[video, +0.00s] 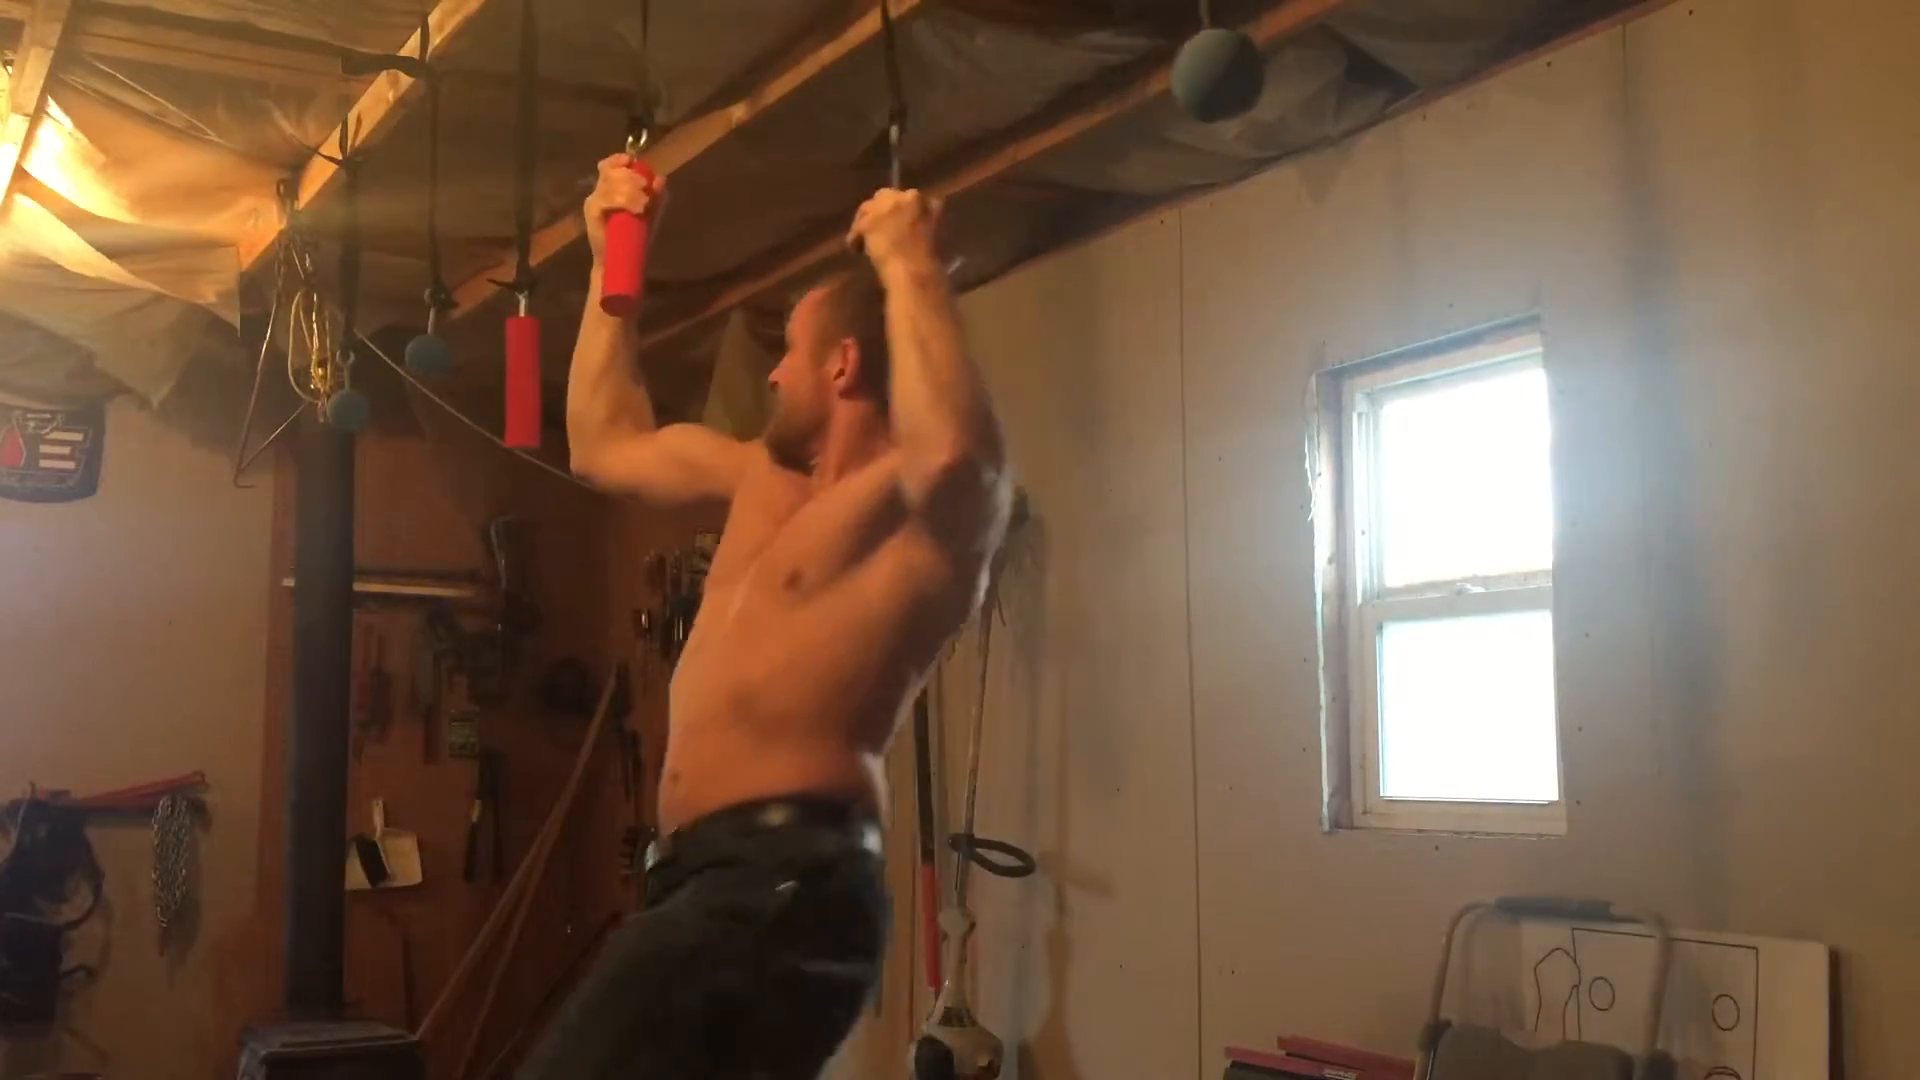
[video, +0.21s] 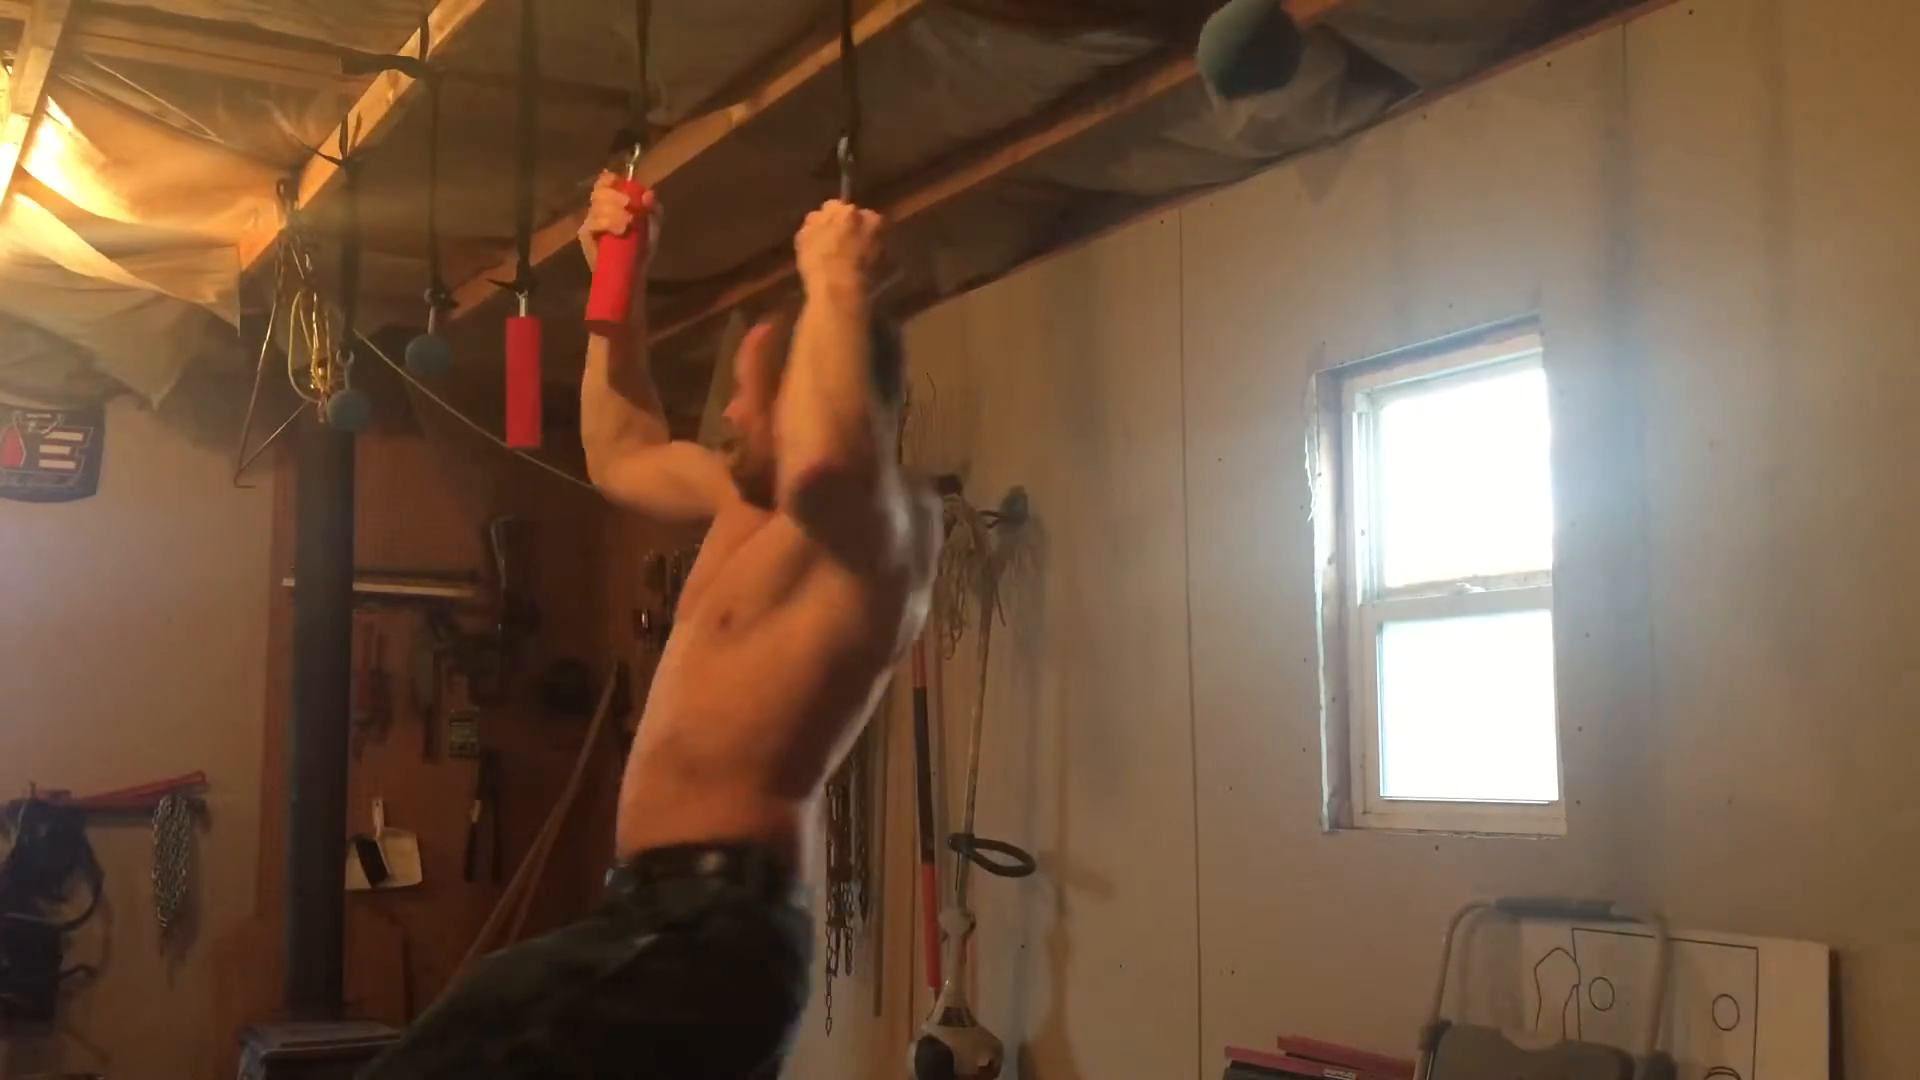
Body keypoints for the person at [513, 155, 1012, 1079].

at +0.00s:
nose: (772, 374)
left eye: (787, 352)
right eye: (778, 353)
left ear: (844, 367)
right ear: (846, 368)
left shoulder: (925, 506)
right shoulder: (755, 476)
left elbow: (951, 454)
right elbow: (605, 445)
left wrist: (913, 263)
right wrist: (615, 257)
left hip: (788, 880)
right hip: (695, 876)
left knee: (575, 1061)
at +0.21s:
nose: (731, 409)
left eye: (756, 386)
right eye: (737, 386)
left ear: (836, 405)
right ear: (736, 393)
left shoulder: (884, 532)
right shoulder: (740, 495)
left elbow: (823, 469)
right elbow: (619, 453)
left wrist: (835, 284)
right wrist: (615, 272)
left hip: (718, 924)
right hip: (647, 906)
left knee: (461, 1045)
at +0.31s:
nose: (730, 399)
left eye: (748, 379)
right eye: (735, 382)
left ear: (811, 408)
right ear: (770, 412)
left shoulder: (849, 543)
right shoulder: (755, 528)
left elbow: (736, 456)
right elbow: (646, 459)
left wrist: (784, 289)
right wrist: (631, 284)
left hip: (671, 949)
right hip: (629, 931)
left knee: (419, 1044)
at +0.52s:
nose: (634, 434)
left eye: (646, 418)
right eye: (634, 417)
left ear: (674, 449)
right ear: (772, 438)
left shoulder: (709, 557)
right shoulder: (812, 546)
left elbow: (523, 431)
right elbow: (635, 447)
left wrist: (679, 280)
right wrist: (651, 314)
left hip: (575, 959)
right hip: (695, 965)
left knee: (429, 939)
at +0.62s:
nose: (606, 452)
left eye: (613, 431)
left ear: (621, 445)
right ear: (740, 438)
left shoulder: (616, 541)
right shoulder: (801, 540)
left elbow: (445, 393)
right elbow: (721, 450)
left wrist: (616, 269)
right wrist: (657, 290)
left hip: (539, 913)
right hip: (685, 938)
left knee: (425, 1025)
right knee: (642, 1064)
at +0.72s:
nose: (582, 439)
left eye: (580, 423)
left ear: (591, 434)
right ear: (705, 424)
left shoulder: (546, 539)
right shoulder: (778, 523)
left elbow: (420, 396)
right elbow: (697, 428)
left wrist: (521, 257)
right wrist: (672, 289)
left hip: (534, 878)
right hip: (684, 910)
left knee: (430, 938)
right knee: (655, 1049)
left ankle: (364, 1059)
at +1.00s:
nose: (585, 426)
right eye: (580, 412)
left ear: (453, 440)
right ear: (574, 436)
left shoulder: (418, 547)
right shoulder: (648, 518)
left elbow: (452, 464)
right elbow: (714, 446)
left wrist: (507, 375)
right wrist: (645, 292)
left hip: (533, 878)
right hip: (681, 881)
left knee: (516, 1046)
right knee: (746, 1055)